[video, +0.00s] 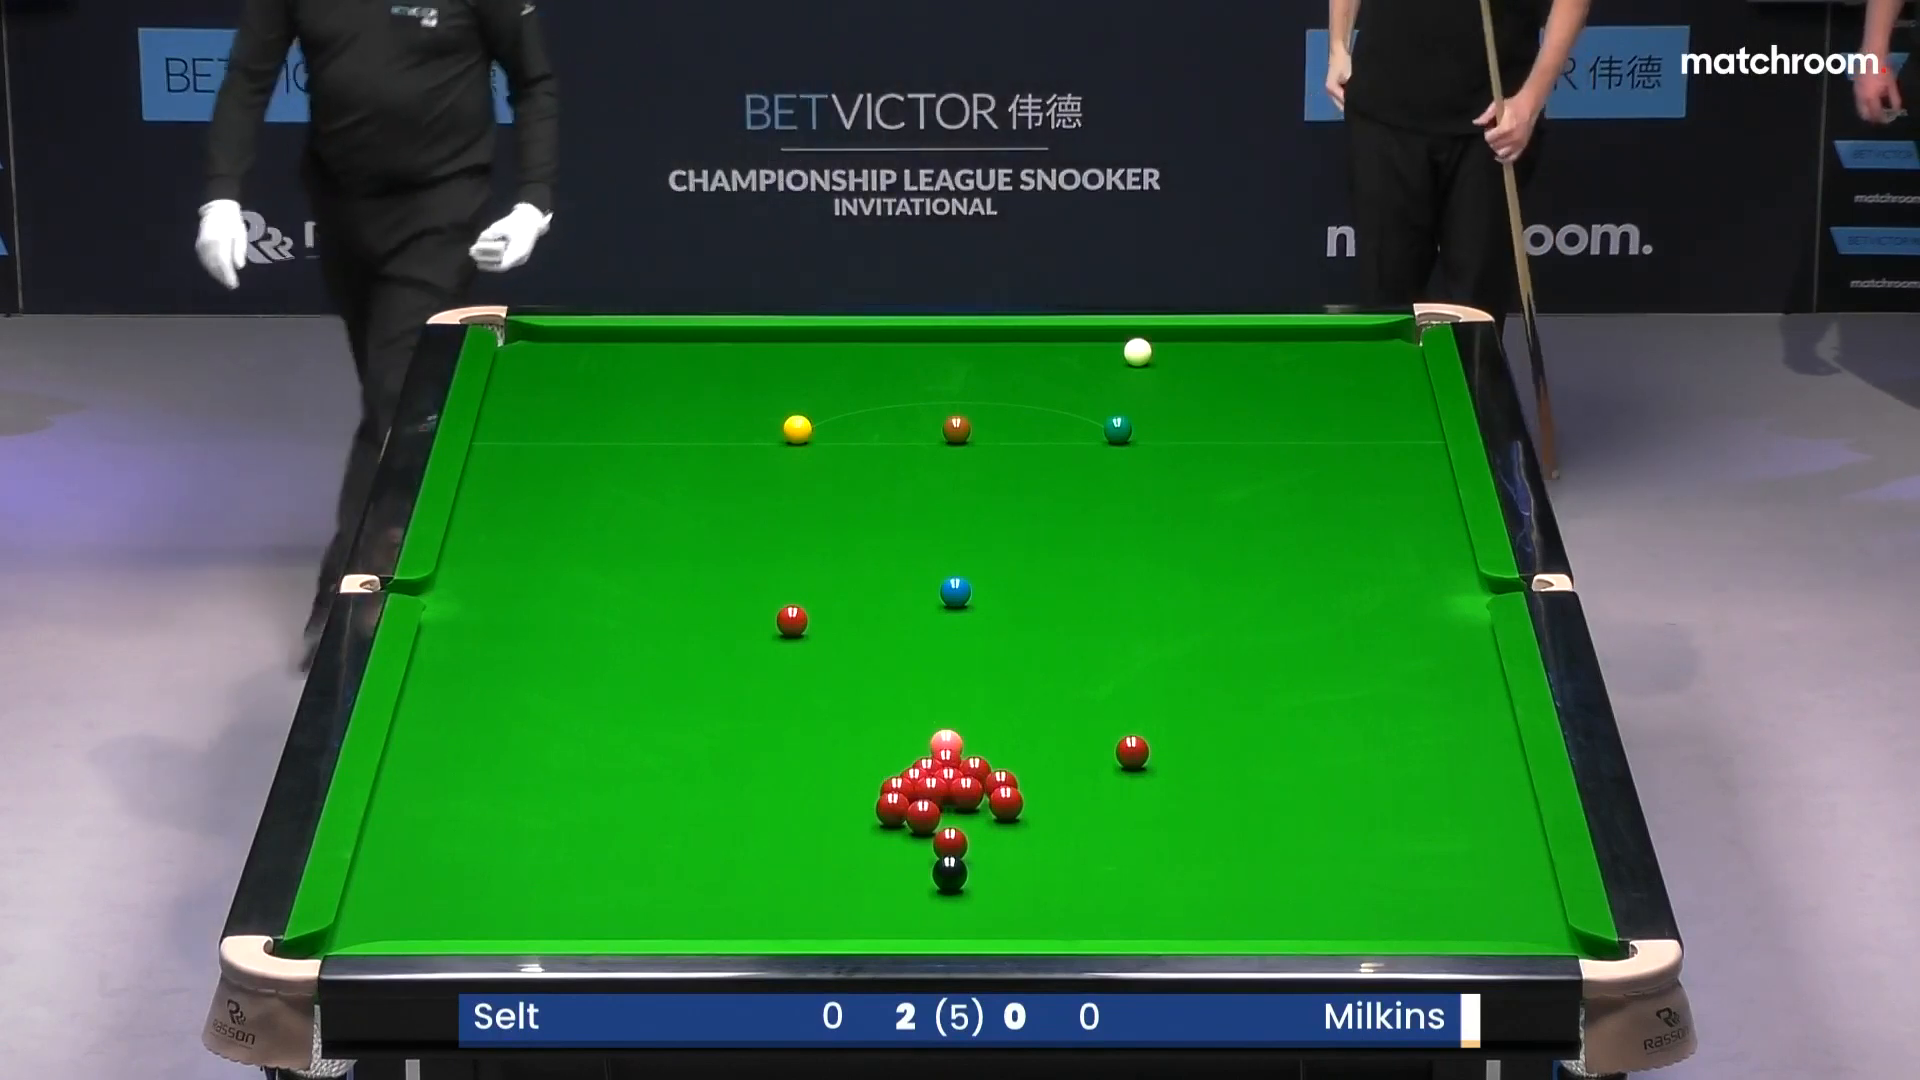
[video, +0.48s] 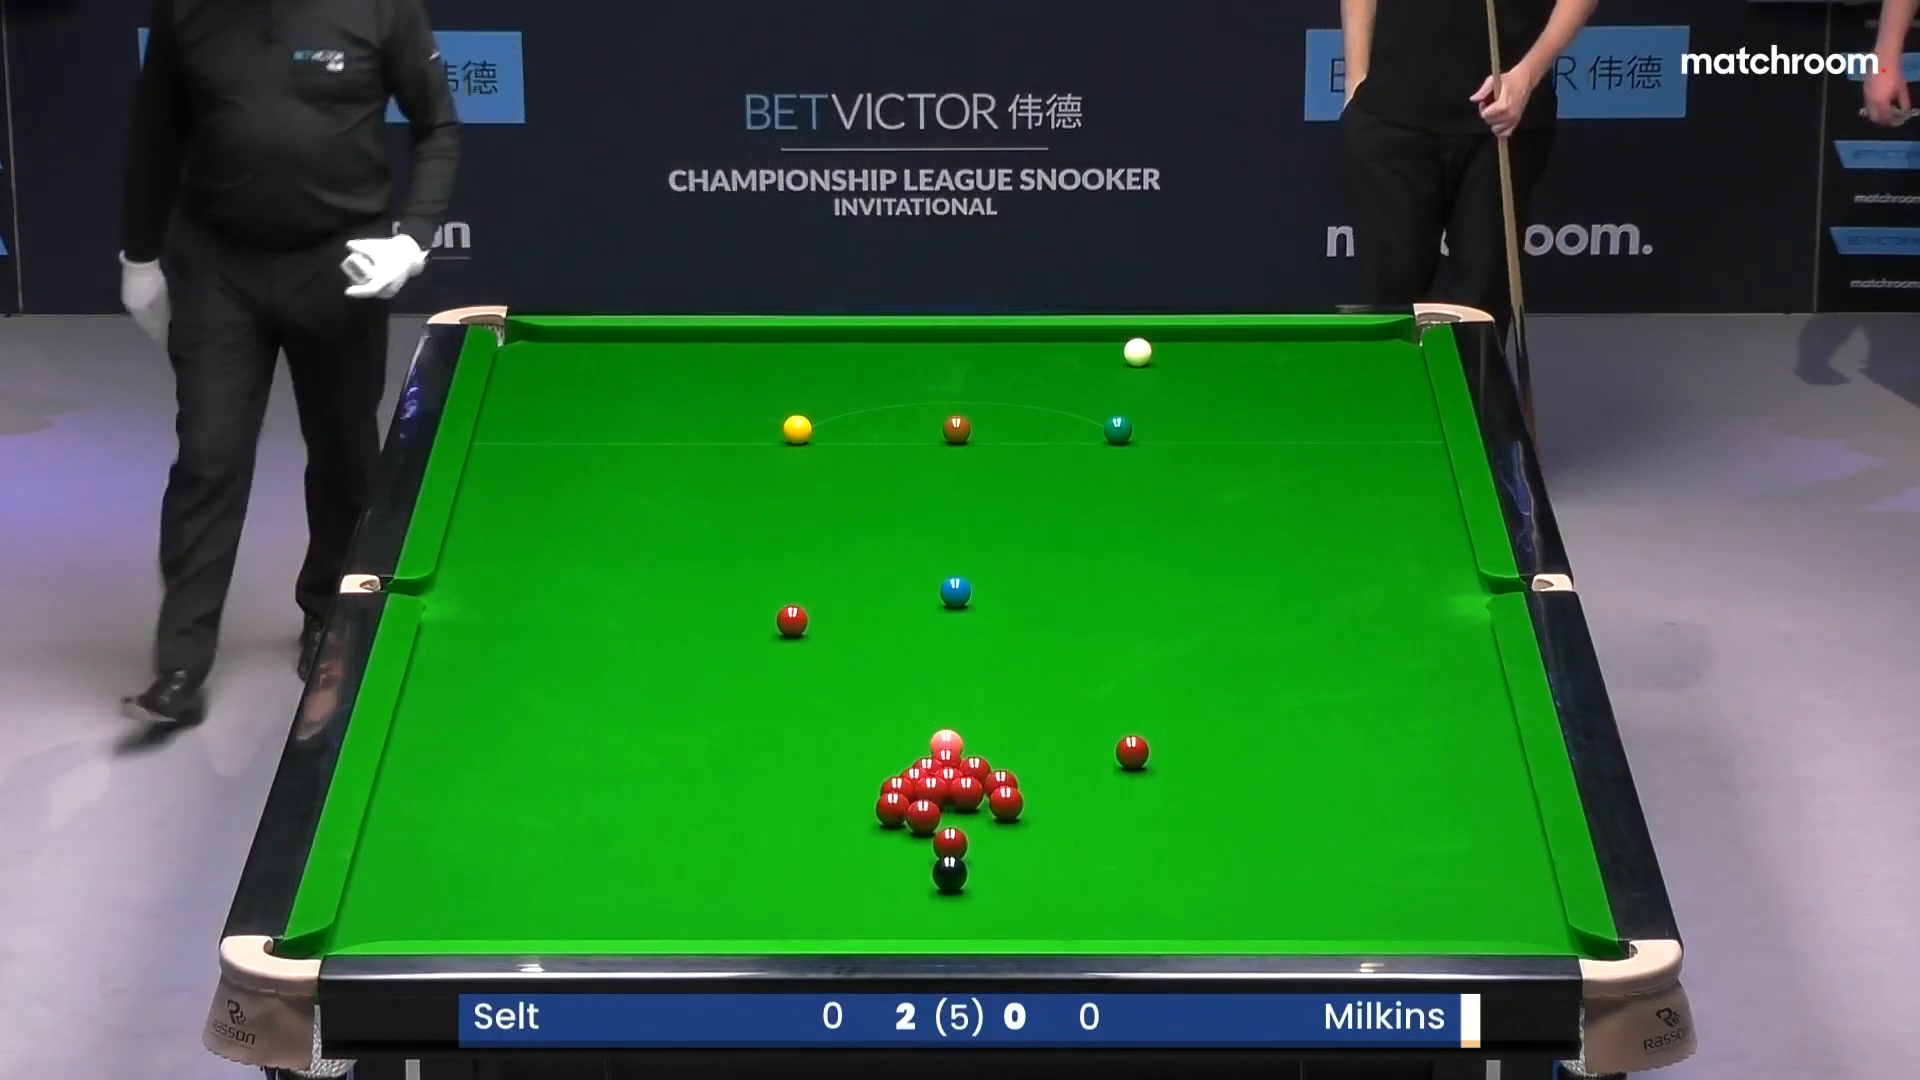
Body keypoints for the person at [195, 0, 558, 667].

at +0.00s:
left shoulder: (484, 5)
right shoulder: (289, 3)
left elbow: (534, 79)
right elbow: (247, 79)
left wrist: (534, 201)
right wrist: (222, 197)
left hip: (445, 203)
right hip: (343, 205)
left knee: (388, 415)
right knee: (395, 409)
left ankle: (338, 619)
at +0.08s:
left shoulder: (467, 5)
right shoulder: (274, 4)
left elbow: (514, 92)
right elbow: (228, 87)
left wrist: (514, 214)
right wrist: (203, 207)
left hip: (421, 205)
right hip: (316, 208)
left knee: (375, 418)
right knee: (365, 408)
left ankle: (331, 618)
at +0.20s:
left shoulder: (442, 6)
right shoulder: (243, 5)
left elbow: (486, 97)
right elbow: (205, 89)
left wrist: (482, 218)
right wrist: (184, 221)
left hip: (399, 213)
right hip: (283, 215)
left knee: (371, 425)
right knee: (280, 402)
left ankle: (332, 610)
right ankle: (383, 507)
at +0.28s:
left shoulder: (425, 4)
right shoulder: (226, 4)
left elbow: (473, 96)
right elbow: (190, 95)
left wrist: (461, 219)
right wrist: (172, 230)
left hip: (383, 225)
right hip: (260, 223)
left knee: (364, 432)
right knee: (243, 412)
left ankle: (327, 601)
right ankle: (339, 521)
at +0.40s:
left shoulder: (402, 4)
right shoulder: (204, 6)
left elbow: (454, 110)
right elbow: (172, 111)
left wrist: (431, 226)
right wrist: (154, 243)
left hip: (357, 245)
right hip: (231, 242)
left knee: (355, 452)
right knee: (211, 437)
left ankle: (329, 615)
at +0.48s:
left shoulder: (381, 6)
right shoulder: (189, 8)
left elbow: (439, 124)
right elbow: (156, 122)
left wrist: (413, 236)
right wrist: (141, 253)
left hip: (341, 263)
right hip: (217, 263)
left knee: (343, 462)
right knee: (206, 463)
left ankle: (328, 617)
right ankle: (181, 669)